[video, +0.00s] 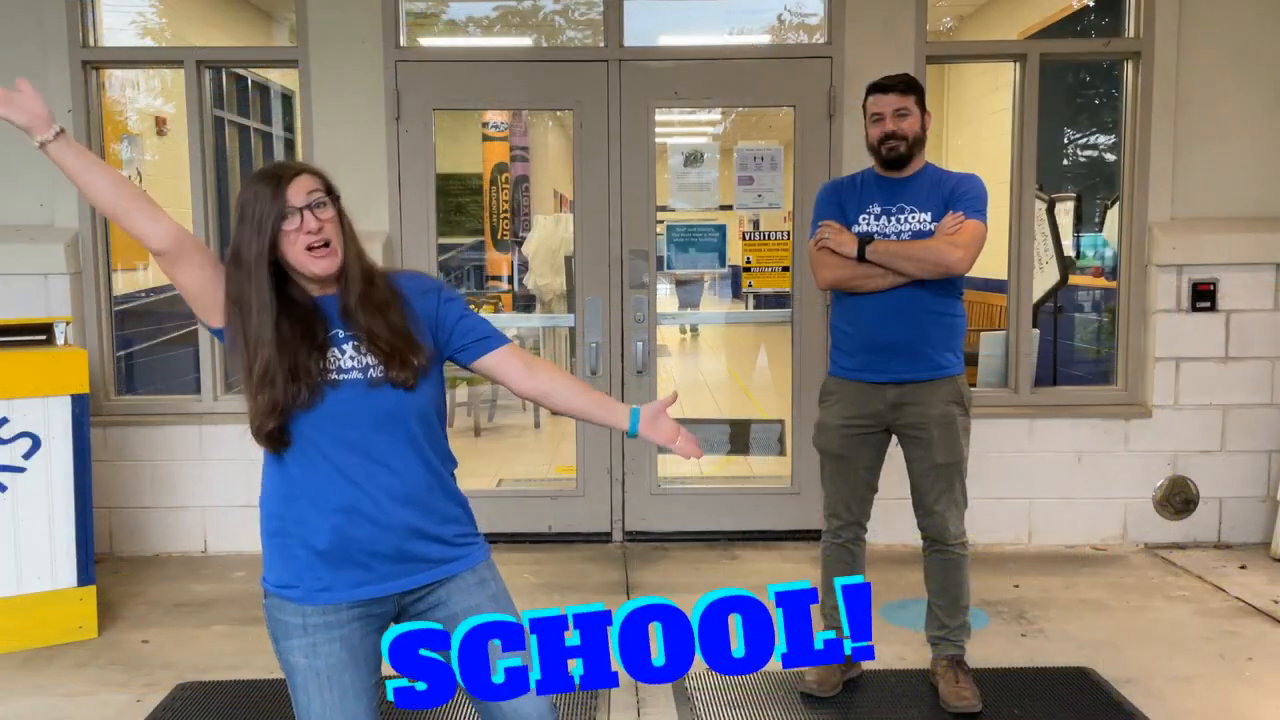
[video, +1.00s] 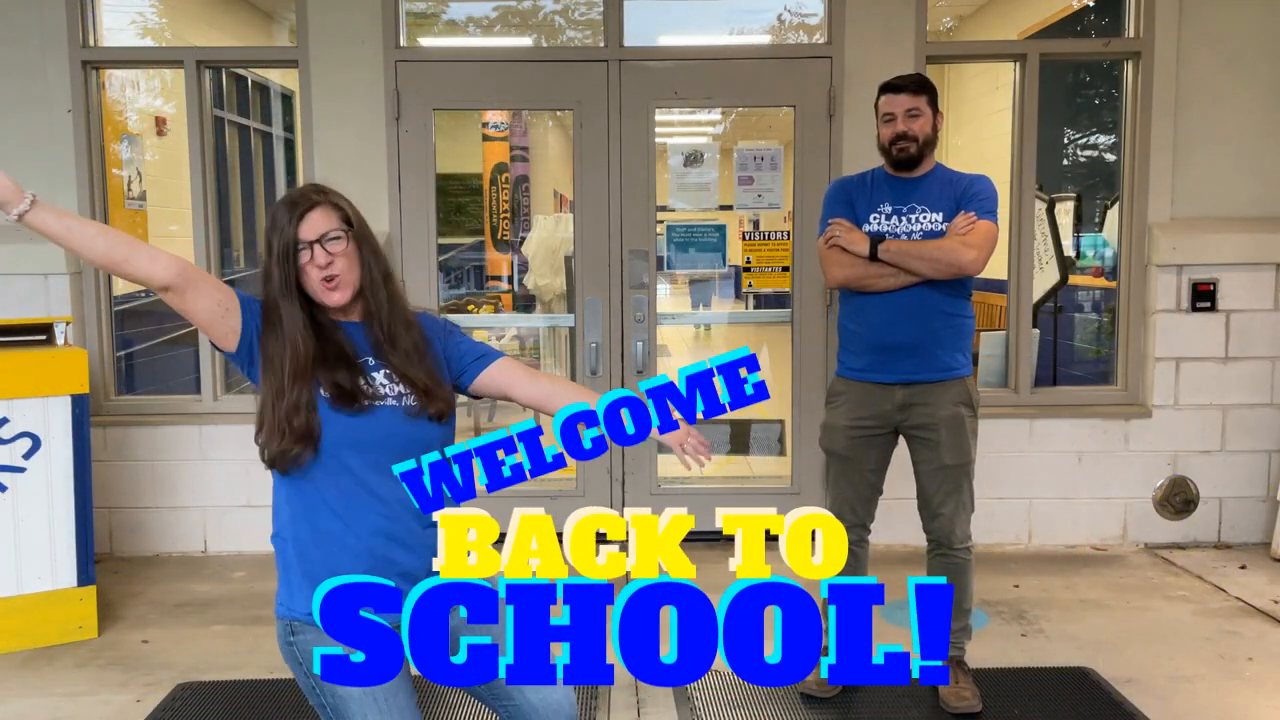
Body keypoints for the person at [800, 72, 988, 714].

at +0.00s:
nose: (888, 127)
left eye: (901, 116)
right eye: (877, 118)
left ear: (923, 122)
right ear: (865, 128)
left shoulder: (960, 187)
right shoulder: (839, 194)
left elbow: (954, 260)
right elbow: (826, 273)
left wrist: (861, 244)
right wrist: (923, 260)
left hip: (933, 384)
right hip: (851, 385)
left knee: (945, 529)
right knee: (842, 525)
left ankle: (950, 656)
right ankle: (839, 651)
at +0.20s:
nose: (889, 127)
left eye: (902, 116)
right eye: (878, 118)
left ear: (924, 122)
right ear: (866, 128)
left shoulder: (962, 188)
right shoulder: (840, 193)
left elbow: (956, 260)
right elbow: (827, 273)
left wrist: (862, 245)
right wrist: (924, 260)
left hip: (934, 384)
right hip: (851, 385)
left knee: (945, 528)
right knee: (842, 526)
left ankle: (950, 658)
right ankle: (835, 657)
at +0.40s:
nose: (892, 126)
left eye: (904, 115)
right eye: (881, 118)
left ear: (927, 122)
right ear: (869, 128)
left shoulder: (962, 188)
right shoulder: (840, 194)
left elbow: (958, 260)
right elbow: (830, 273)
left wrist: (863, 243)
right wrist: (928, 259)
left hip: (936, 385)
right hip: (853, 385)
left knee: (946, 531)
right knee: (841, 526)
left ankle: (950, 658)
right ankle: (836, 654)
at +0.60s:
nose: (893, 127)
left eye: (906, 116)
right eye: (882, 118)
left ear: (929, 122)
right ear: (870, 128)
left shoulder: (965, 189)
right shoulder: (842, 193)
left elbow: (961, 262)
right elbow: (832, 273)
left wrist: (864, 242)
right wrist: (932, 258)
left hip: (937, 385)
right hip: (855, 385)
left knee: (947, 531)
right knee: (843, 526)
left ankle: (950, 658)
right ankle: (837, 654)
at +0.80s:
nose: (896, 127)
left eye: (909, 116)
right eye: (885, 118)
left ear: (932, 122)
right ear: (873, 127)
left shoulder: (968, 189)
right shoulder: (844, 193)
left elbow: (963, 262)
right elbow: (834, 273)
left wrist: (866, 242)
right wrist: (934, 259)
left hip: (939, 385)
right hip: (856, 385)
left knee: (948, 532)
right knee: (843, 528)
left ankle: (950, 658)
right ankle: (838, 656)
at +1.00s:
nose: (899, 127)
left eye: (912, 115)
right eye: (888, 118)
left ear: (935, 122)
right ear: (876, 128)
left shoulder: (971, 190)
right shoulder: (847, 193)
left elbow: (967, 261)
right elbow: (837, 273)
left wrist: (870, 242)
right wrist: (937, 259)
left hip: (942, 385)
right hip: (858, 384)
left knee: (949, 531)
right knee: (843, 526)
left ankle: (949, 661)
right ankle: (836, 656)